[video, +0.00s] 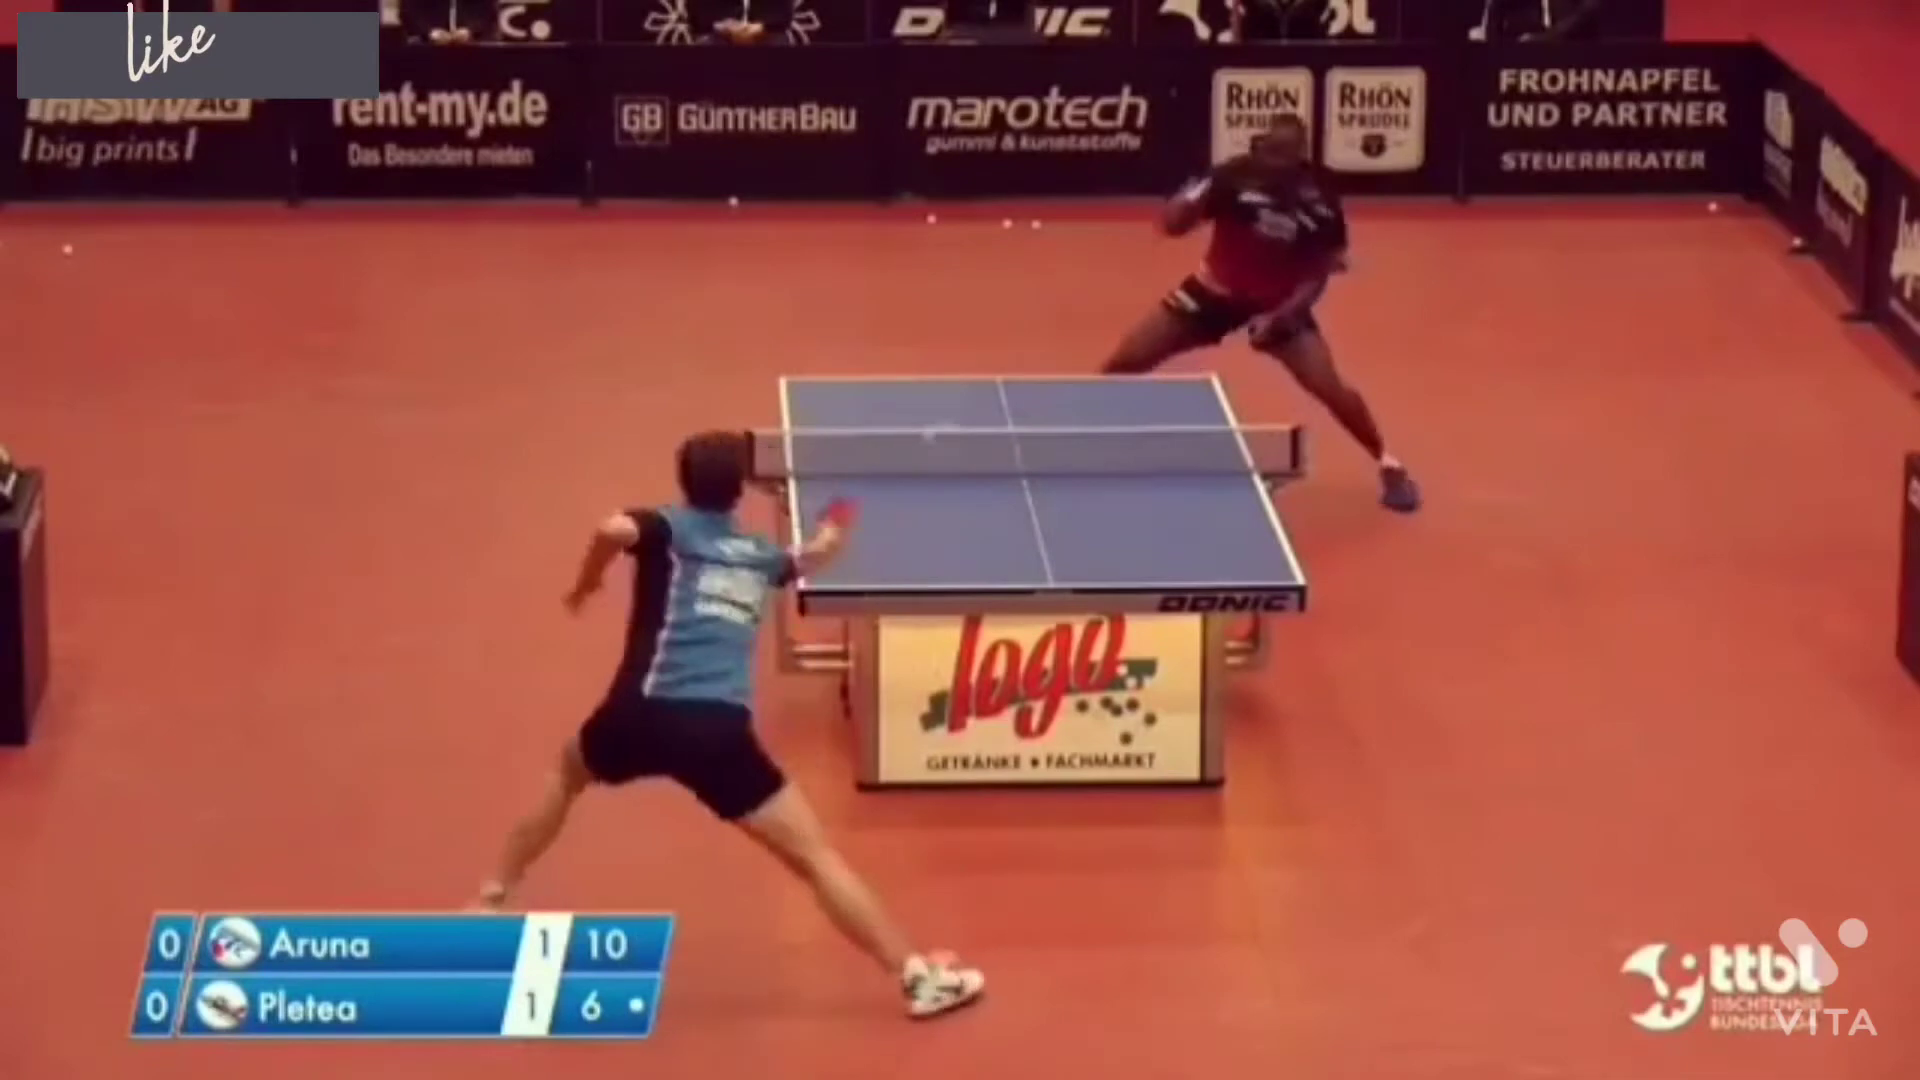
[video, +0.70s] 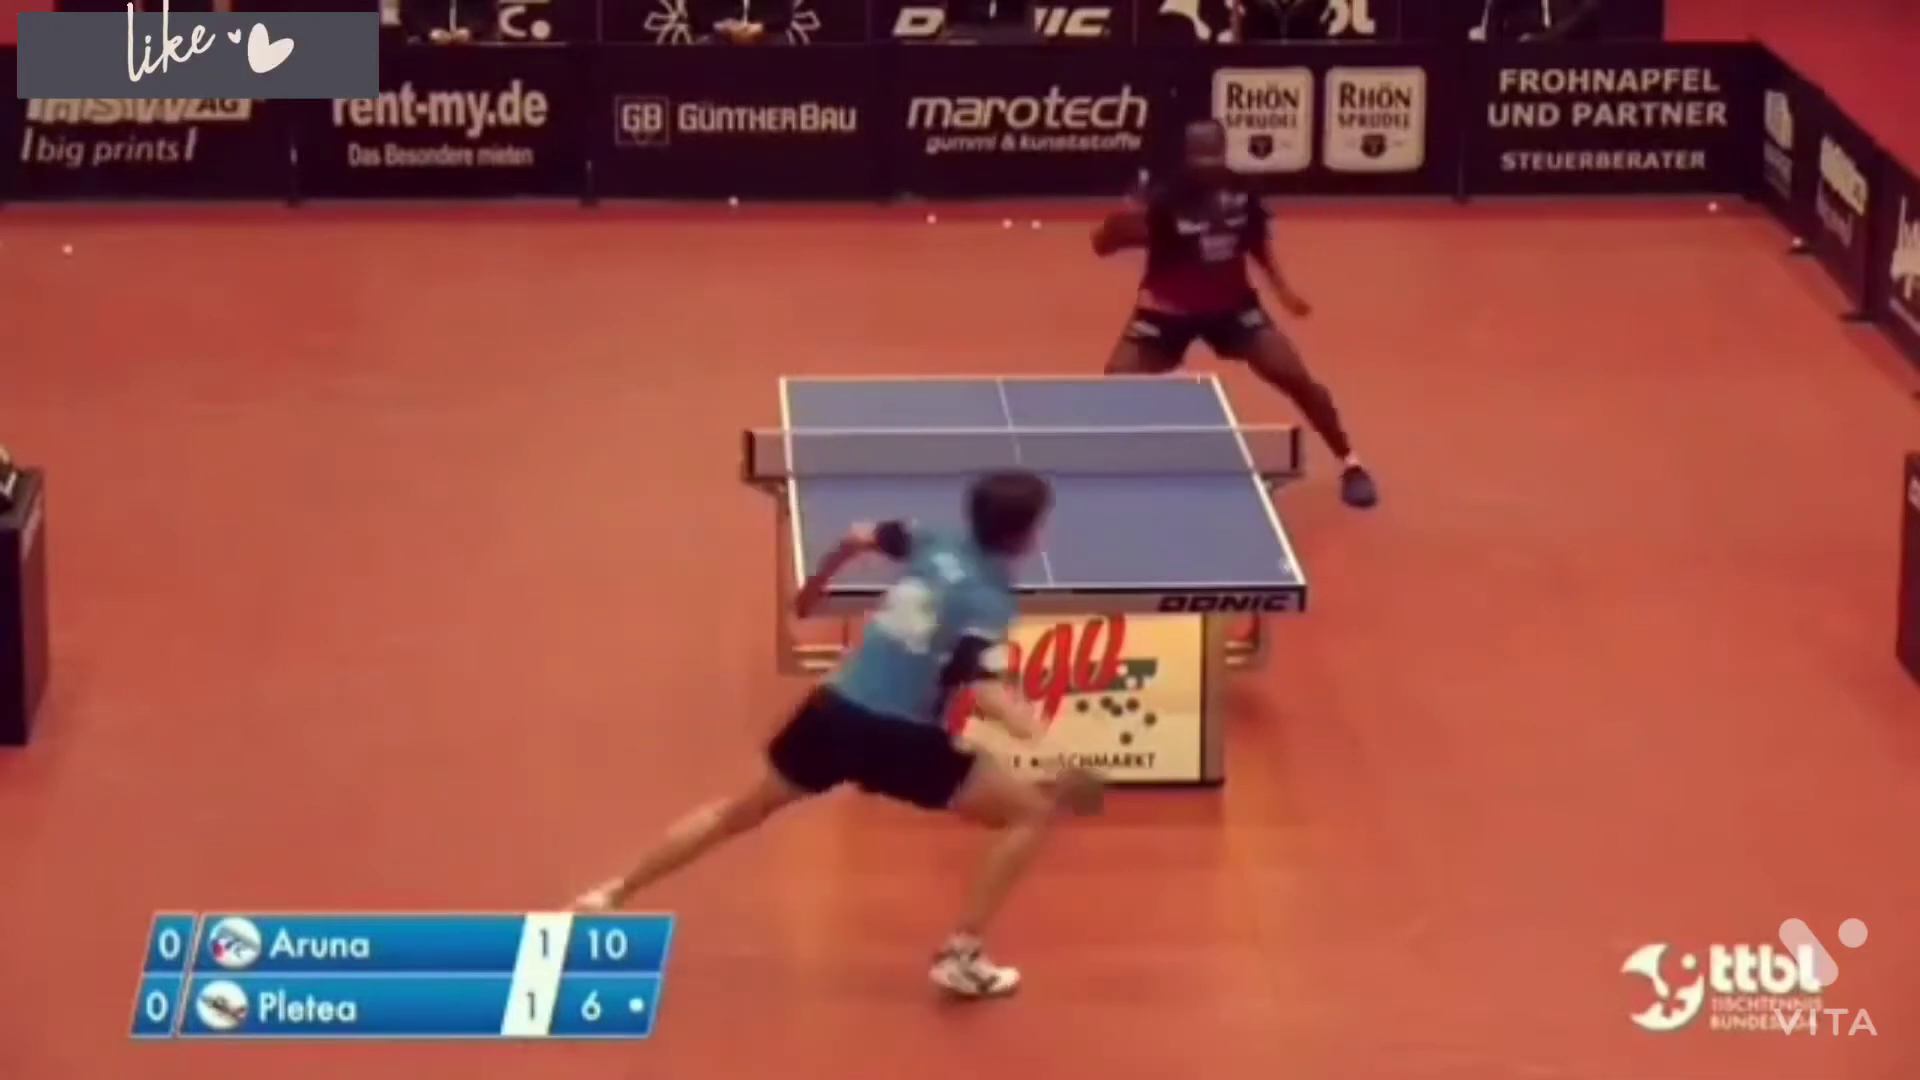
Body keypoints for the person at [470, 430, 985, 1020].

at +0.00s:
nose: (743, 488)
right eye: (744, 479)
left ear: (686, 483)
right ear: (740, 490)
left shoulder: (666, 525)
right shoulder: (762, 553)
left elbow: (610, 532)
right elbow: (805, 563)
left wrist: (585, 585)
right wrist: (831, 539)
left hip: (638, 718)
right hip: (719, 732)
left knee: (567, 779)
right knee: (816, 858)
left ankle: (497, 889)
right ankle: (916, 973)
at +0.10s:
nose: (694, 484)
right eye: (696, 474)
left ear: (640, 481)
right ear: (697, 486)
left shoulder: (621, 532)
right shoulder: (723, 554)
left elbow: (581, 575)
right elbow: (776, 603)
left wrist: (545, 638)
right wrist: (781, 574)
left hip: (612, 733)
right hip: (693, 740)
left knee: (525, 819)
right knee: (790, 853)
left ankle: (446, 929)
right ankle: (885, 975)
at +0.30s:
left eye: (669, 467)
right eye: (710, 470)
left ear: (656, 478)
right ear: (715, 482)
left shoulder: (617, 541)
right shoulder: (741, 557)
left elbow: (545, 579)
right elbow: (795, 619)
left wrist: (563, 618)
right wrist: (812, 591)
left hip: (617, 730)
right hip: (708, 734)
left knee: (526, 807)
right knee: (816, 816)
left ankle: (446, 925)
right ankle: (870, 946)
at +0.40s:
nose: (787, 480)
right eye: (785, 471)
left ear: (720, 474)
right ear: (779, 480)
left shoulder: (678, 529)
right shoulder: (790, 553)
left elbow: (599, 573)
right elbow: (850, 617)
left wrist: (634, 599)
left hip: (658, 720)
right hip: (741, 728)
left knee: (578, 780)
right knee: (849, 829)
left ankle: (523, 905)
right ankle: (933, 960)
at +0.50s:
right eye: (827, 499)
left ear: (772, 499)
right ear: (825, 511)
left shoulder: (721, 554)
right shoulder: (828, 581)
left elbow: (655, 591)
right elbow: (860, 664)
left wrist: (718, 602)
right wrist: (897, 670)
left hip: (688, 743)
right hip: (769, 752)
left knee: (614, 806)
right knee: (880, 821)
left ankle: (554, 928)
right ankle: (941, 960)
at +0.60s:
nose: (954, 536)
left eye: (947, 522)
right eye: (951, 526)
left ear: (897, 519)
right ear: (940, 536)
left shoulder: (852, 561)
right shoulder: (911, 606)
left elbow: (797, 562)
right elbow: (905, 705)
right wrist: (978, 762)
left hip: (756, 733)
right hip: (826, 750)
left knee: (674, 831)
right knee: (958, 810)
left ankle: (568, 919)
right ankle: (950, 964)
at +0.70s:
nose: (1042, 537)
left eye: (1038, 522)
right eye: (1039, 525)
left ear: (981, 521)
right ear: (1025, 535)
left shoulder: (936, 547)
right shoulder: (990, 600)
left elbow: (859, 538)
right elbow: (972, 680)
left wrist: (810, 592)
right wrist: (1029, 728)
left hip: (831, 714)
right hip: (895, 740)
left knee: (737, 811)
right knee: (1031, 813)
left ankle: (611, 893)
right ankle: (962, 955)